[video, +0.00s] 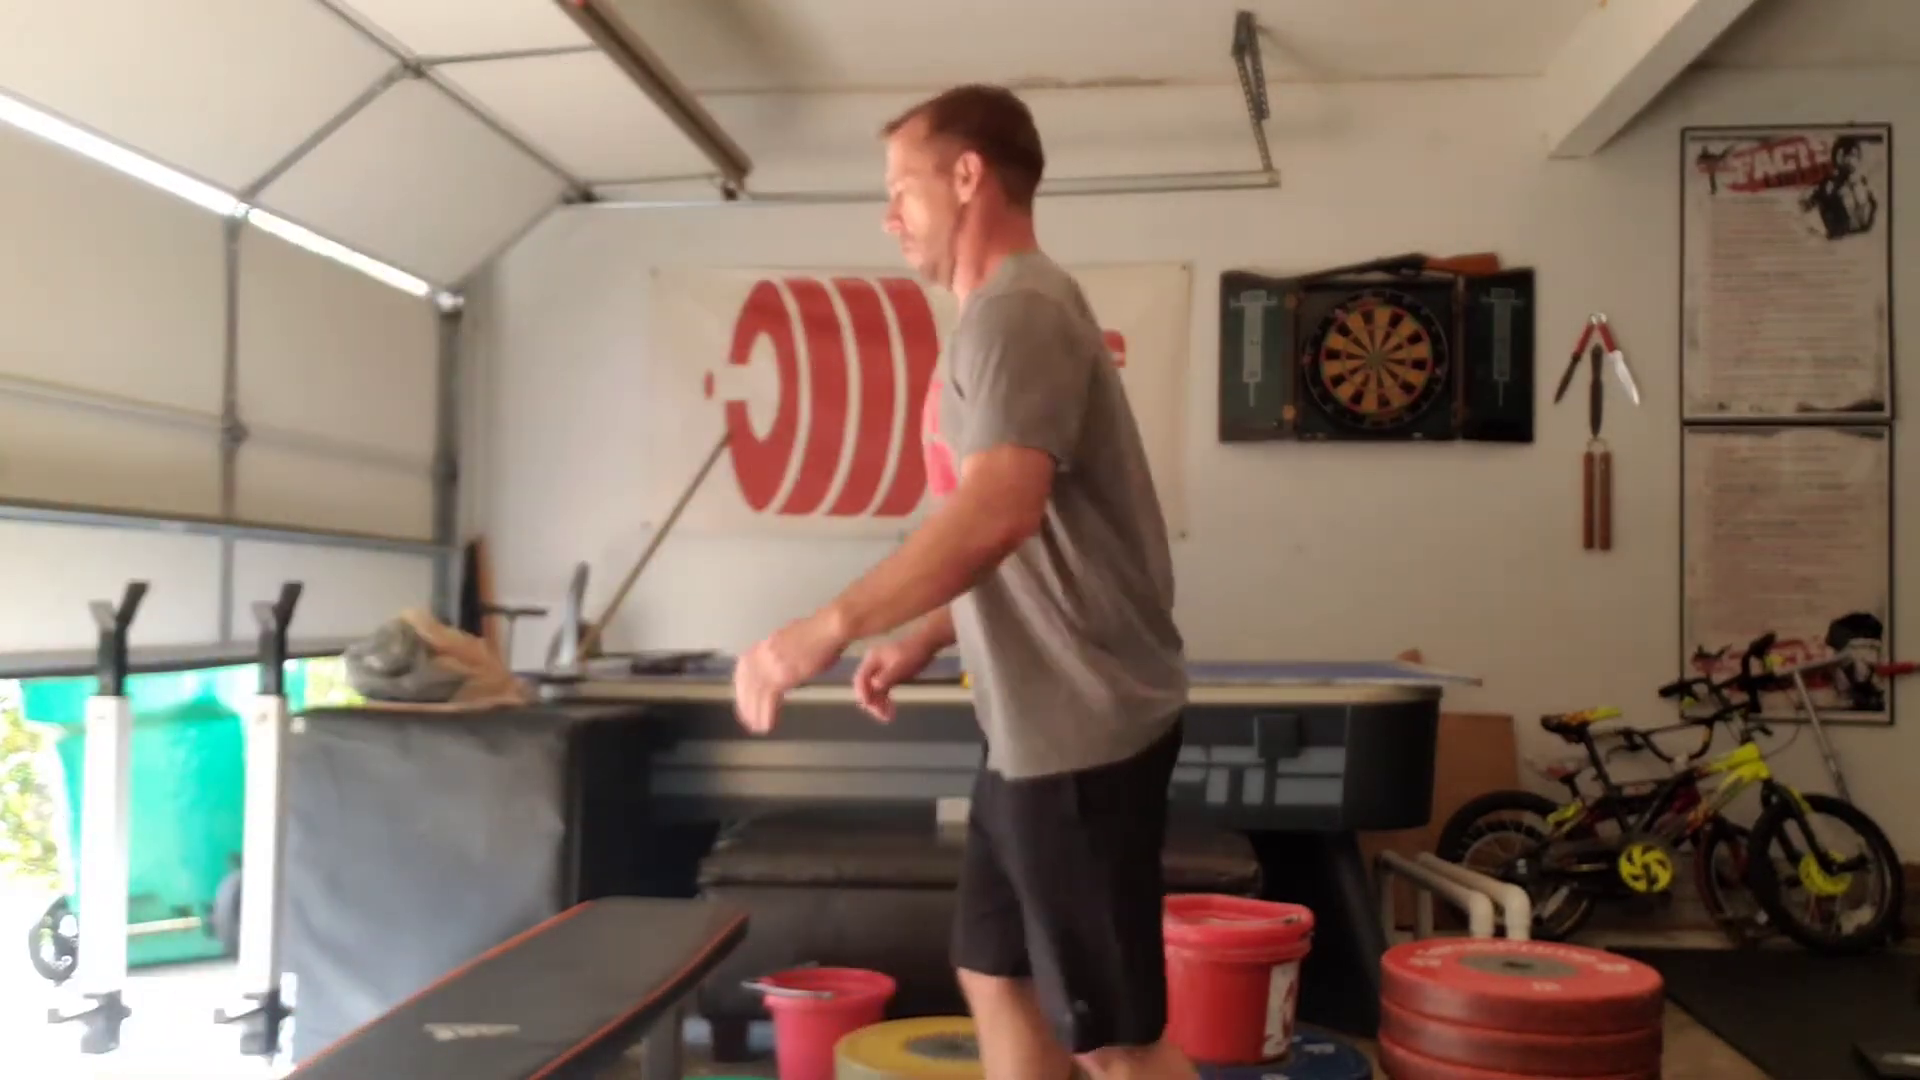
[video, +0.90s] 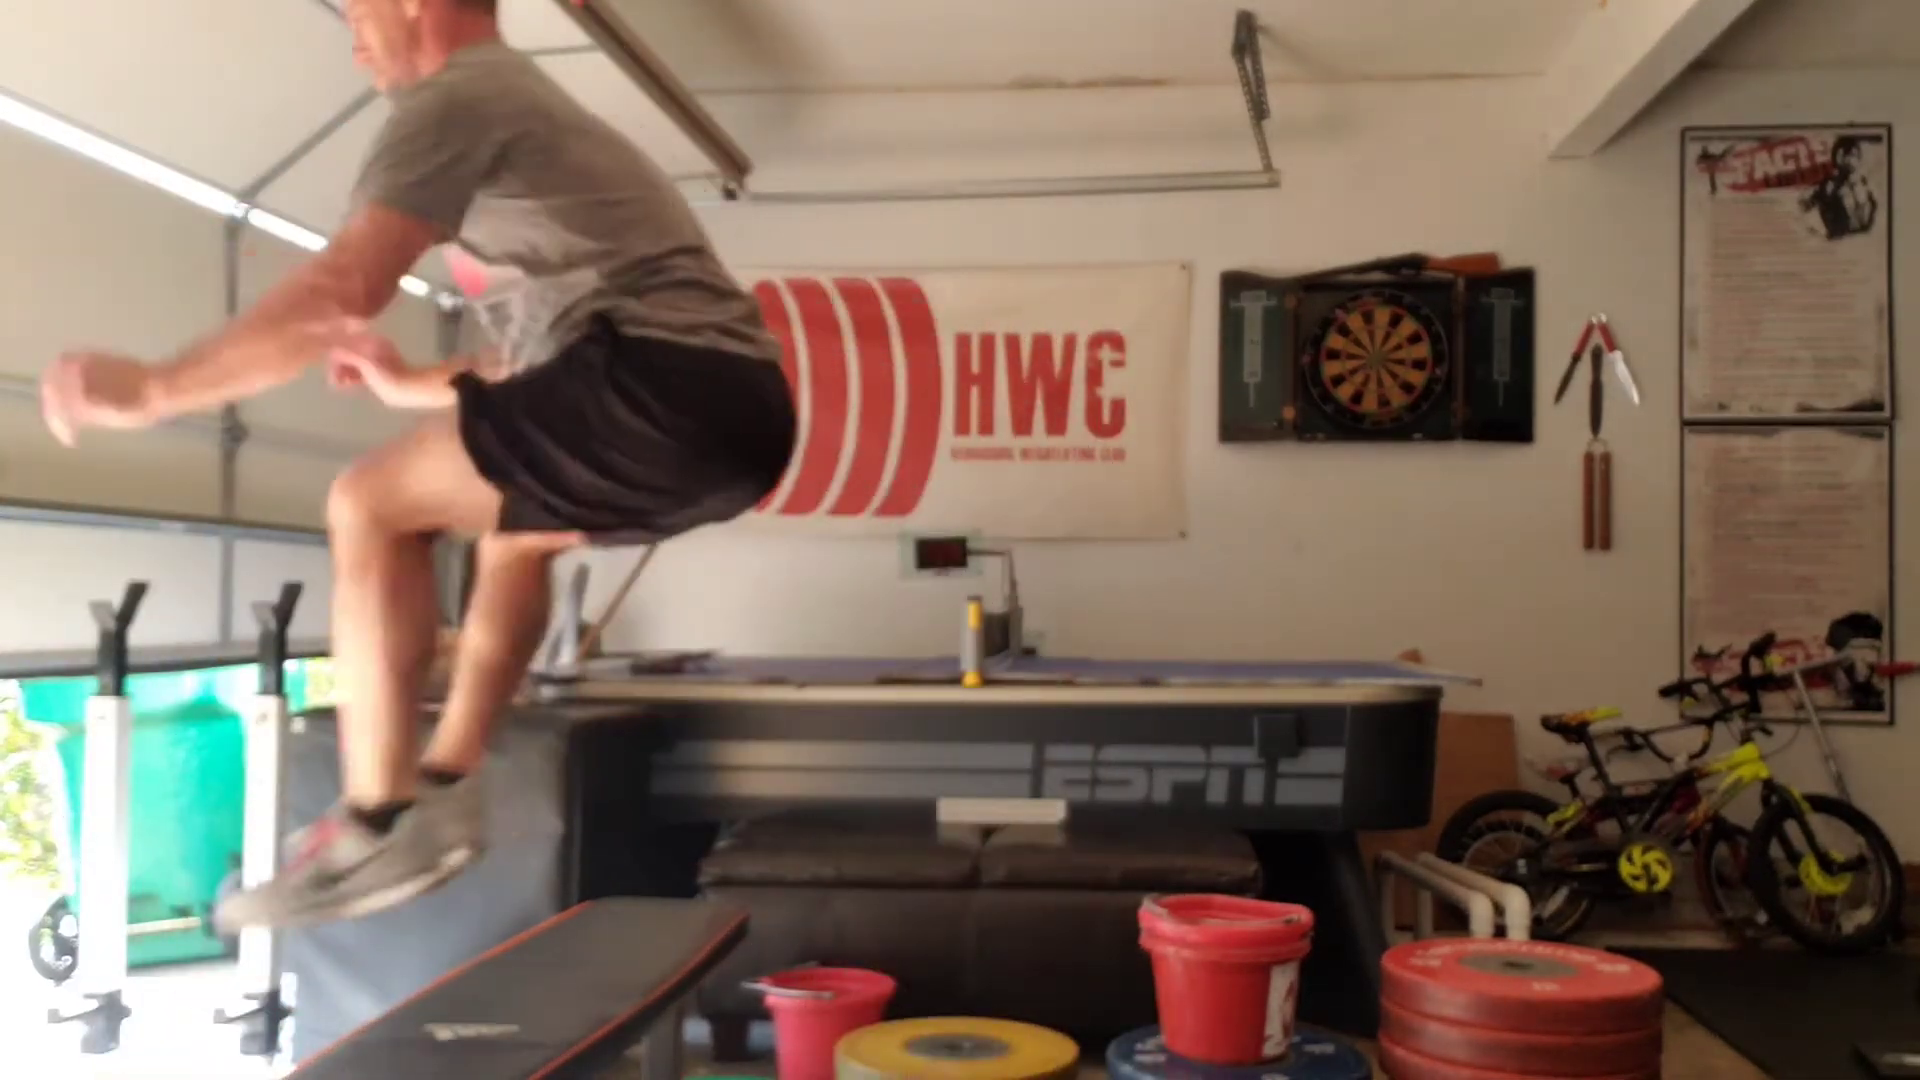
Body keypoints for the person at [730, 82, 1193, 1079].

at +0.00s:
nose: (891, 222)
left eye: (901, 194)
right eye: (889, 198)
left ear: (969, 179)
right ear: (973, 185)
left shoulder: (1019, 308)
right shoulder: (994, 314)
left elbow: (1000, 505)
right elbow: (1024, 527)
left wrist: (825, 626)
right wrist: (926, 637)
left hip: (1086, 718)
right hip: (1031, 714)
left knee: (1116, 1035)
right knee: (994, 973)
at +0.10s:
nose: (837, 231)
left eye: (847, 204)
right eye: (835, 208)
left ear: (912, 191)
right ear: (918, 196)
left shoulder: (960, 306)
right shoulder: (966, 306)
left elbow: (999, 472)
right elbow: (1011, 500)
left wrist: (870, 649)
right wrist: (961, 639)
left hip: (1062, 719)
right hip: (1059, 710)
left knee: (1006, 1022)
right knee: (1038, 1021)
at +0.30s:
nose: (708, 330)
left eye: (720, 302)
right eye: (709, 306)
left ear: (783, 297)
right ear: (788, 300)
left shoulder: (832, 393)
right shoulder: (839, 394)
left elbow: (1009, 455)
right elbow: (1008, 462)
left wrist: (1017, 655)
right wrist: (1011, 662)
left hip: (1029, 748)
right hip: (1060, 738)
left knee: (884, 1026)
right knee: (970, 1031)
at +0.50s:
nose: (671, 334)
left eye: (686, 309)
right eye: (674, 311)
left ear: (745, 316)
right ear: (749, 321)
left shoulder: (773, 430)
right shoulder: (793, 427)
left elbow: (656, 622)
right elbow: (710, 638)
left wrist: (536, 552)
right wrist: (598, 564)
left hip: (946, 769)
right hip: (987, 750)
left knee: (840, 1056)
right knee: (942, 1049)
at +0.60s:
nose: (601, 179)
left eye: (611, 153)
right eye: (603, 157)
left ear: (669, 138)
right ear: (694, 145)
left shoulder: (702, 221)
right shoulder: (718, 243)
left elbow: (492, 320)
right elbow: (618, 383)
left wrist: (474, 194)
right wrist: (560, 251)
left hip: (850, 606)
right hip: (869, 598)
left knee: (877, 914)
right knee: (916, 904)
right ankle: (953, 1075)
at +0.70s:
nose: (525, 60)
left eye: (532, 37)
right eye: (526, 44)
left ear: (592, 18)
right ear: (622, 24)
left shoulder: (625, 88)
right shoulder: (671, 112)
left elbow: (424, 172)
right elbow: (582, 289)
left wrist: (344, 76)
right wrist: (503, 193)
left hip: (782, 455)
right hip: (833, 452)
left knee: (632, 737)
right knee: (759, 717)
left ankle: (892, 866)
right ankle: (913, 866)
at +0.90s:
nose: (354, 45)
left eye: (359, 19)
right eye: (350, 26)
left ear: (423, 12)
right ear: (454, 18)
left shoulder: (457, 99)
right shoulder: (534, 103)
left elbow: (339, 300)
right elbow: (575, 346)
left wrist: (151, 389)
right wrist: (412, 386)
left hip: (666, 389)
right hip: (739, 411)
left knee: (369, 499)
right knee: (516, 534)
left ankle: (377, 819)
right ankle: (449, 783)